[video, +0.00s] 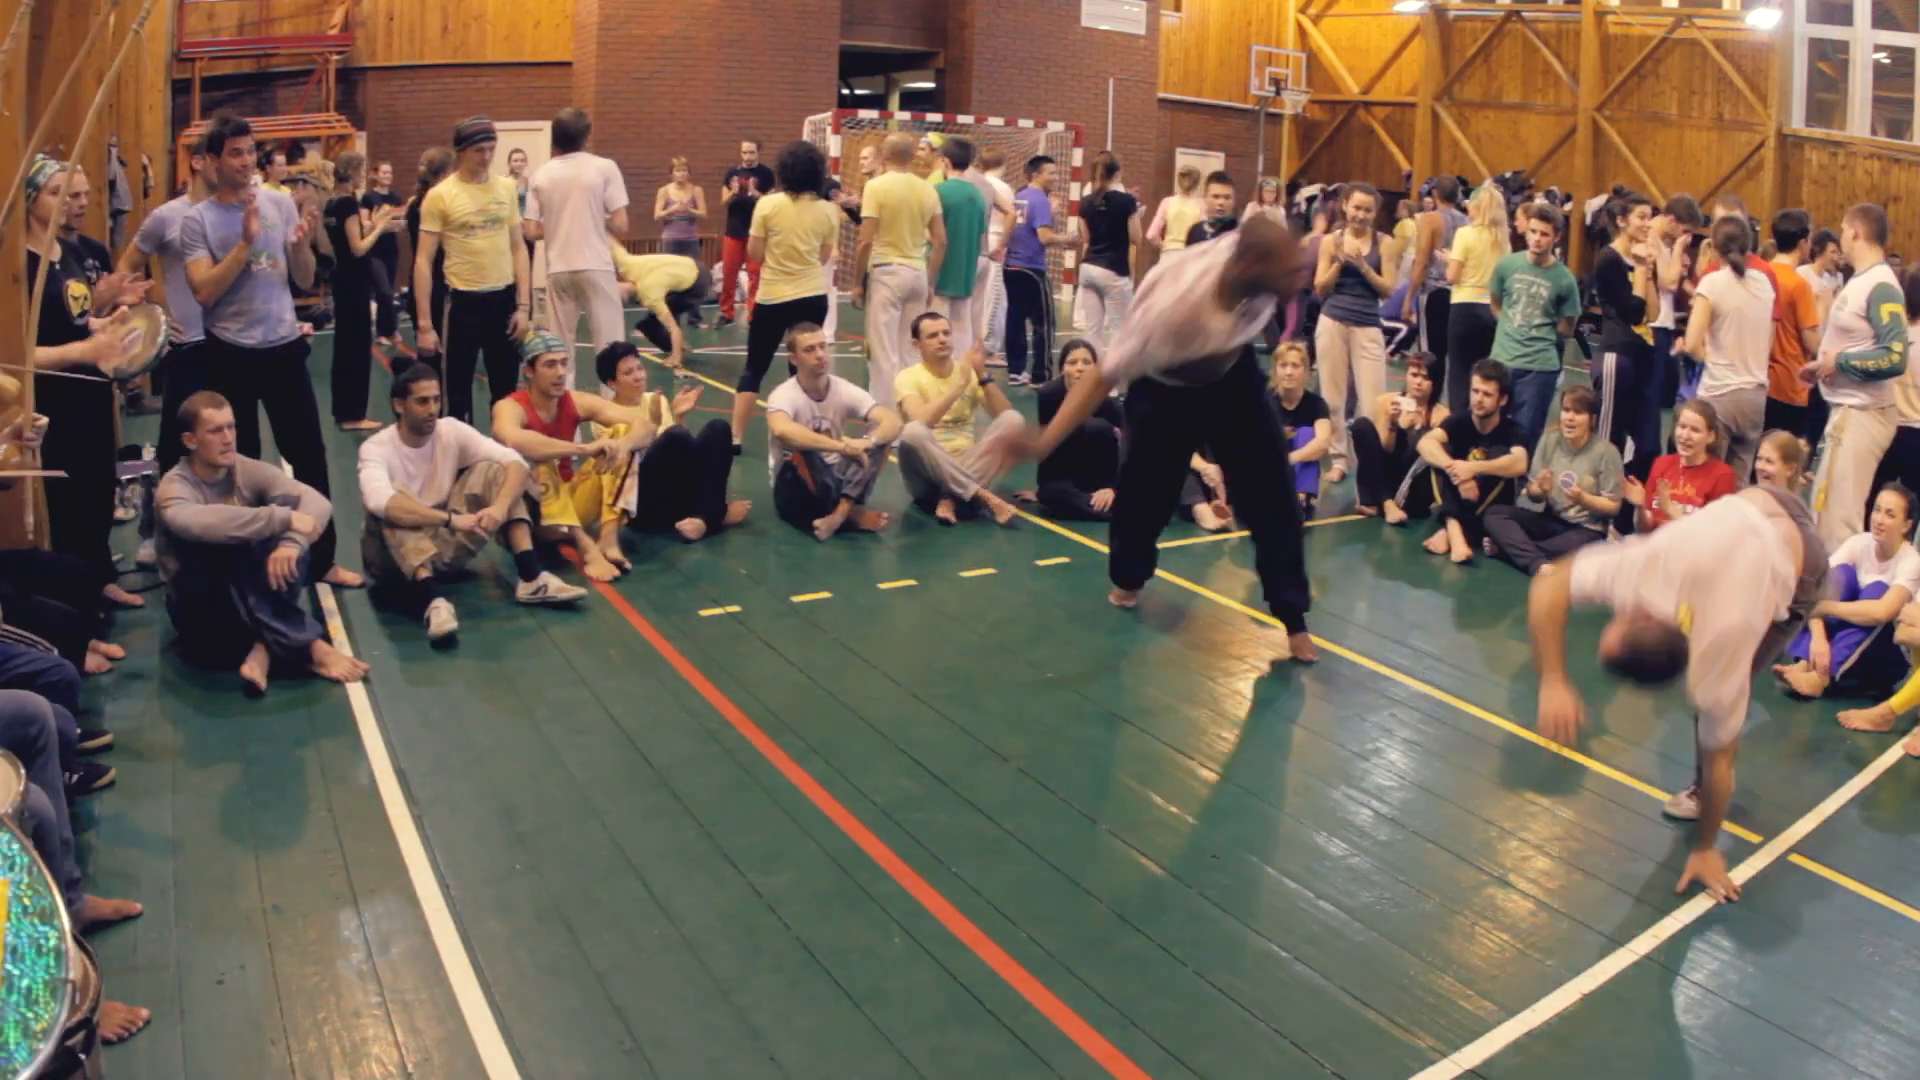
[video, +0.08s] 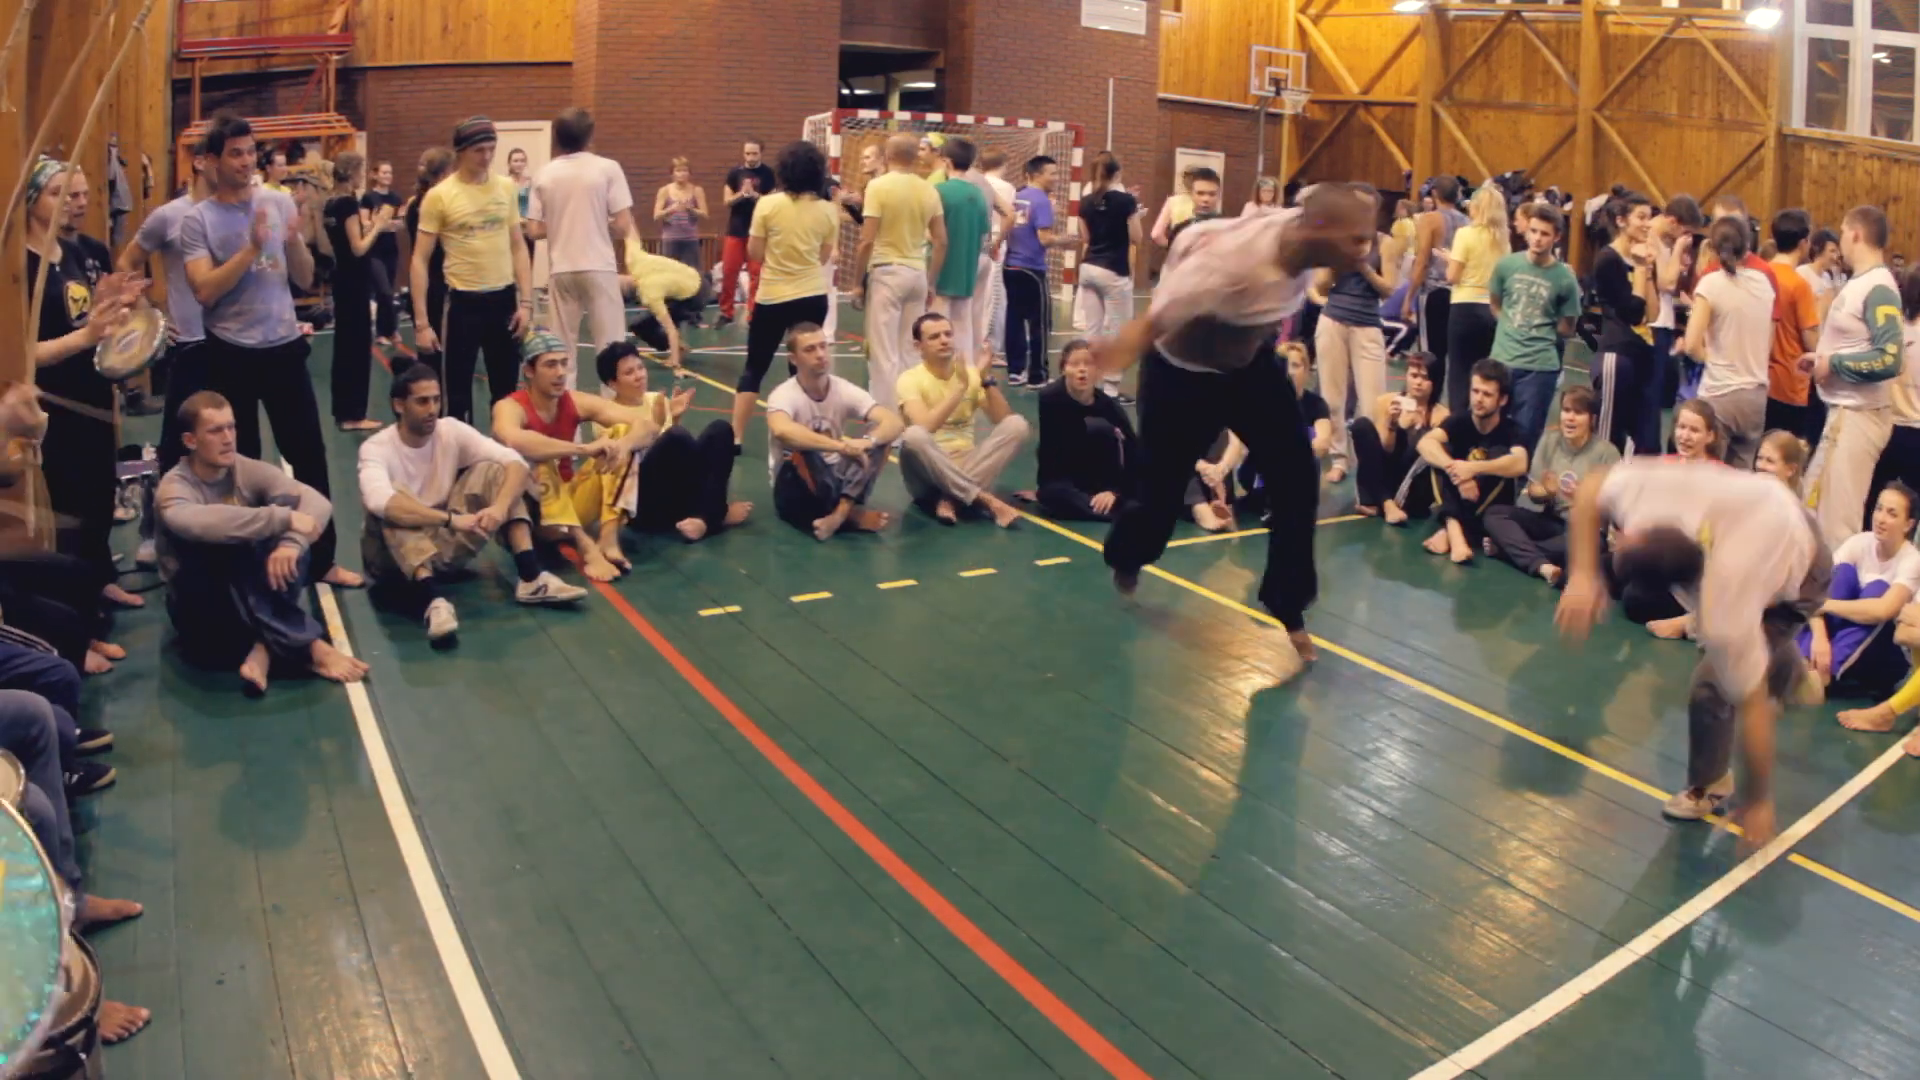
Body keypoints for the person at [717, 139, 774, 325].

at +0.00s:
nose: (747, 156)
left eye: (751, 152)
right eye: (744, 152)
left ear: (758, 153)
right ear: (740, 154)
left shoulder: (766, 173)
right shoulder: (733, 173)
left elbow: (770, 201)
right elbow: (724, 200)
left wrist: (755, 192)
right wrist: (734, 192)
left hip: (756, 231)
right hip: (734, 230)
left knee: (755, 272)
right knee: (729, 272)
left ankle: (753, 311)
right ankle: (726, 311)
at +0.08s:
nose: (751, 157)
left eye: (754, 153)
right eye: (748, 153)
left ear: (761, 154)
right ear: (743, 154)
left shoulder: (767, 174)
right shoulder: (734, 173)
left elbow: (771, 201)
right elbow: (727, 200)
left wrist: (754, 194)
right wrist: (741, 194)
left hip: (758, 231)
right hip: (735, 231)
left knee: (756, 272)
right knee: (729, 271)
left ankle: (754, 312)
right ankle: (726, 311)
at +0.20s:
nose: (754, 158)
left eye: (758, 154)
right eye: (751, 154)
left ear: (765, 154)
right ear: (746, 154)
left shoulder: (770, 174)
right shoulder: (737, 174)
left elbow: (774, 202)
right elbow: (729, 201)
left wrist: (757, 196)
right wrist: (742, 195)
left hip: (760, 231)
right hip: (737, 231)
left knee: (757, 272)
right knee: (729, 270)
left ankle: (754, 312)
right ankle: (726, 310)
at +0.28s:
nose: (756, 158)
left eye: (760, 155)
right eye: (753, 155)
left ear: (766, 155)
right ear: (748, 155)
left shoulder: (770, 174)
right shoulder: (739, 173)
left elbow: (775, 201)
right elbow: (730, 200)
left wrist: (762, 197)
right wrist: (742, 196)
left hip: (761, 230)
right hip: (739, 230)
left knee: (758, 273)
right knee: (731, 270)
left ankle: (754, 311)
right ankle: (728, 309)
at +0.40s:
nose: (759, 159)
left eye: (762, 155)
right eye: (756, 155)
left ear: (768, 156)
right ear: (750, 155)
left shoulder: (772, 174)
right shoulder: (740, 173)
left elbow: (778, 199)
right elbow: (731, 200)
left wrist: (762, 198)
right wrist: (748, 197)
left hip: (763, 229)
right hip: (741, 230)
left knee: (759, 274)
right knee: (735, 271)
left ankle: (755, 312)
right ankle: (733, 310)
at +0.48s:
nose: (759, 158)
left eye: (763, 155)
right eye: (756, 155)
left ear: (769, 155)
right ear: (751, 155)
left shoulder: (773, 173)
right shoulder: (740, 173)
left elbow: (779, 199)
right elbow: (731, 200)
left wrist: (764, 197)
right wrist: (749, 197)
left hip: (764, 230)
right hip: (741, 230)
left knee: (760, 275)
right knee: (738, 274)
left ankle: (756, 314)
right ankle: (736, 315)